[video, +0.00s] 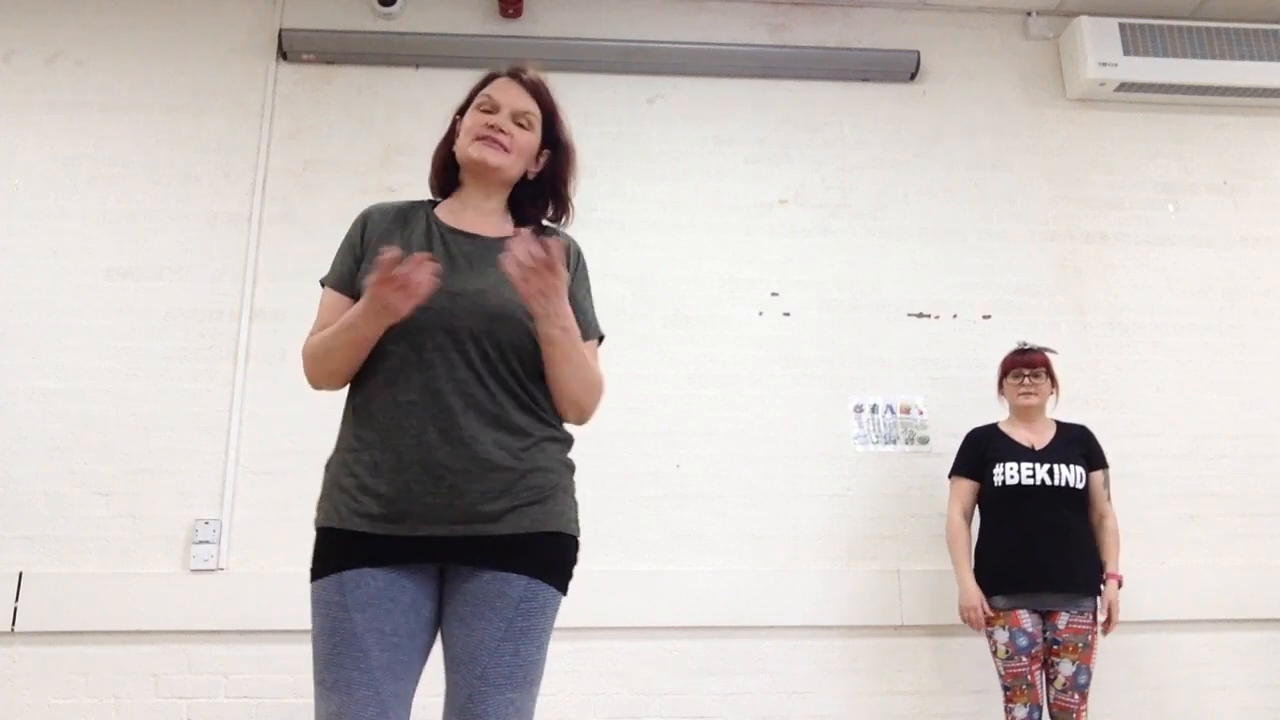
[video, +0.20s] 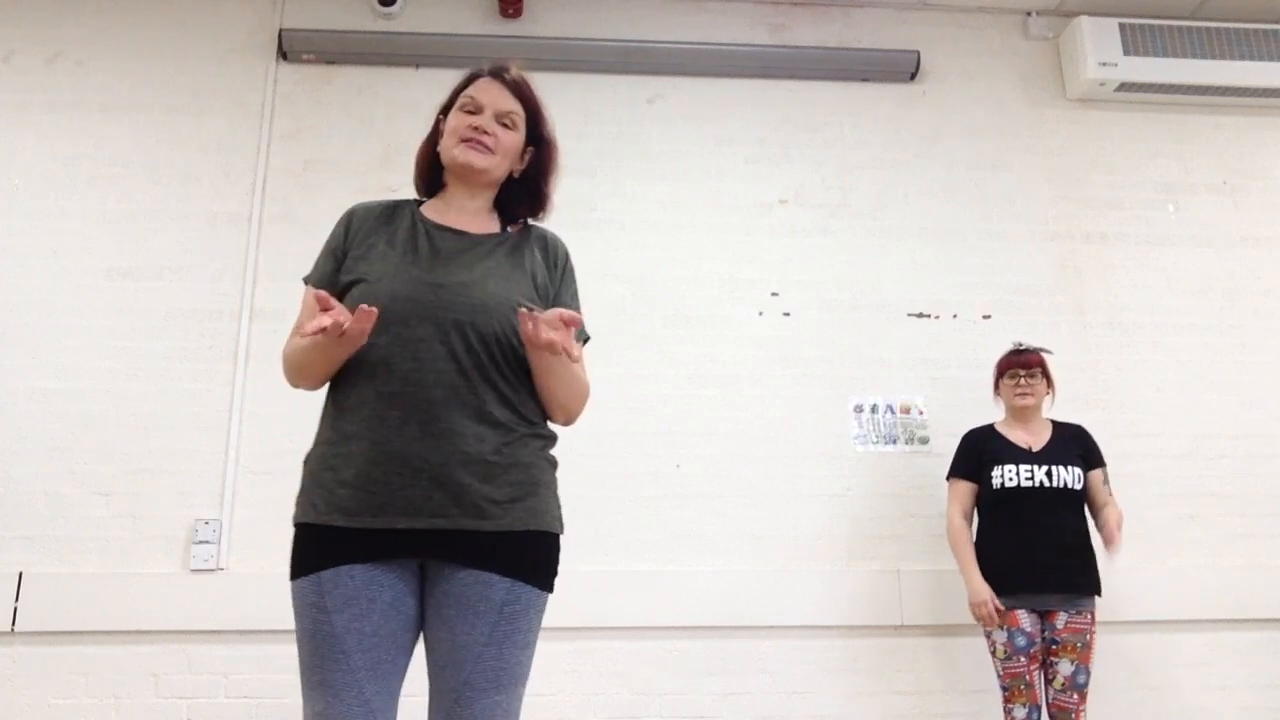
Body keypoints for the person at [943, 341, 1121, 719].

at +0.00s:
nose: (1027, 382)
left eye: (1037, 375)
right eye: (1017, 376)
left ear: (1052, 386)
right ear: (1002, 387)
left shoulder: (1080, 439)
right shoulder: (981, 441)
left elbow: (1103, 516)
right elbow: (958, 516)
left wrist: (1112, 579)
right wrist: (966, 584)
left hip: (1075, 598)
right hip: (1007, 599)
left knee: (1070, 709)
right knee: (1023, 710)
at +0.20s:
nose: (1023, 383)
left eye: (1032, 376)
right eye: (1013, 377)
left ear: (1048, 387)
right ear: (998, 388)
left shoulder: (1076, 438)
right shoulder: (978, 443)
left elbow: (1102, 501)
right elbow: (957, 517)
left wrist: (1110, 523)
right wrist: (975, 584)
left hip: (1073, 596)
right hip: (1007, 598)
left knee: (1069, 708)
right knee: (1022, 709)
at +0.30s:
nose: (1022, 384)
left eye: (1031, 377)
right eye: (1012, 378)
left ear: (1047, 387)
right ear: (998, 389)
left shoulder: (1074, 438)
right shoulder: (978, 442)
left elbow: (1113, 513)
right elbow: (956, 518)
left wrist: (1098, 481)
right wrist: (976, 581)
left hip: (1072, 596)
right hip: (1006, 598)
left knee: (1069, 709)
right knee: (1022, 710)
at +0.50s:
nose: (1023, 386)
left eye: (1034, 378)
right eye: (1013, 379)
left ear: (1049, 387)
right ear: (999, 389)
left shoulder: (1072, 439)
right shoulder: (978, 441)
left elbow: (1113, 489)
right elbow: (954, 517)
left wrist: (1069, 430)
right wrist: (973, 583)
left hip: (1072, 596)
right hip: (1006, 598)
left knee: (1069, 709)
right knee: (1022, 709)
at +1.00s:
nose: (1019, 384)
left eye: (1028, 376)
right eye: (1009, 378)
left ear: (1046, 387)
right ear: (997, 390)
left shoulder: (1074, 438)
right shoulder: (977, 441)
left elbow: (1113, 510)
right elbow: (953, 515)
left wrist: (1089, 456)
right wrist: (961, 583)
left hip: (1070, 596)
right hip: (1004, 598)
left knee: (1068, 709)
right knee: (1022, 709)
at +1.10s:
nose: (1016, 383)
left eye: (1026, 375)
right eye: (1007, 377)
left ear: (1044, 385)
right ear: (995, 388)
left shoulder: (1075, 436)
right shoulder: (976, 441)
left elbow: (1111, 516)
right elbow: (953, 517)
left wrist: (1106, 500)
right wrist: (965, 582)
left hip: (1071, 596)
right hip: (1004, 598)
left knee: (1067, 709)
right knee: (1021, 709)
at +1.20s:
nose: (1015, 381)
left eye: (1025, 374)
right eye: (1006, 376)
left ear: (1044, 385)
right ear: (995, 388)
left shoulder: (1075, 436)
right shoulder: (975, 441)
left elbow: (1105, 500)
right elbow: (953, 516)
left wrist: (1111, 534)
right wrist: (967, 581)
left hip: (1071, 595)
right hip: (1005, 597)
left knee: (1068, 708)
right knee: (1021, 709)